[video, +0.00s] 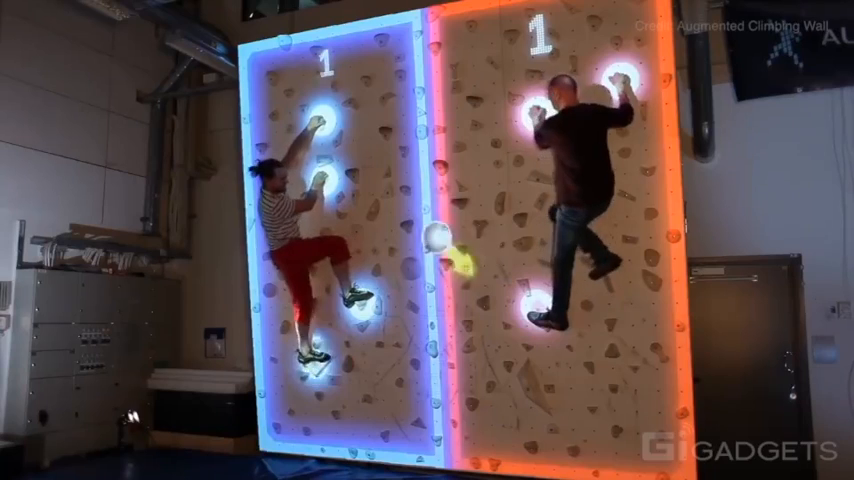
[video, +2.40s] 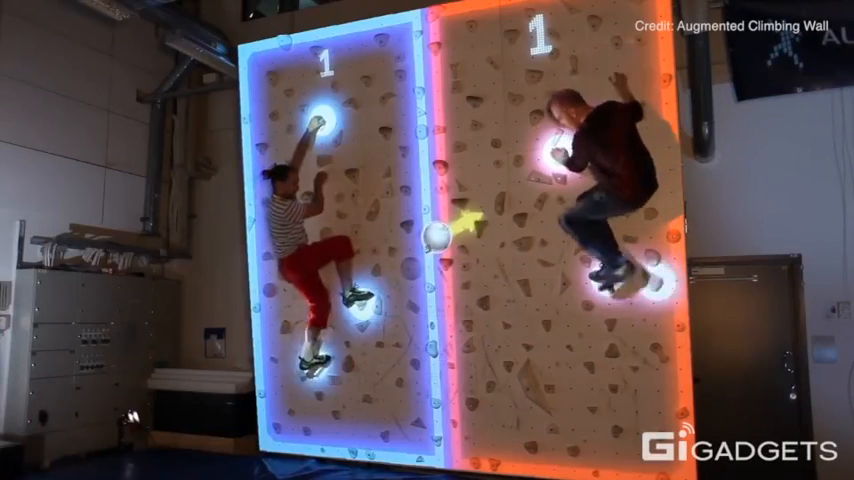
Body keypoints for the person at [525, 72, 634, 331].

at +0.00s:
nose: (552, 100)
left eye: (552, 96)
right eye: (552, 96)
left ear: (557, 95)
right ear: (575, 91)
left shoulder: (556, 124)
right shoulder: (596, 113)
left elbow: (540, 142)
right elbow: (625, 117)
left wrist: (538, 123)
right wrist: (625, 97)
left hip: (574, 203)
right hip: (603, 197)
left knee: (562, 260)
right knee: (561, 215)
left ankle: (558, 315)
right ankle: (604, 257)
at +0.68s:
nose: (556, 97)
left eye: (556, 93)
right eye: (555, 94)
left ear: (565, 85)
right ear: (578, 81)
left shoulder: (567, 114)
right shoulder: (603, 99)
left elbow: (548, 137)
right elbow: (629, 117)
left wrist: (539, 122)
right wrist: (625, 92)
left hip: (596, 188)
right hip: (621, 180)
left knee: (582, 252)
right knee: (576, 207)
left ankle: (585, 317)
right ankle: (611, 261)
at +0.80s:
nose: (555, 94)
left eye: (554, 90)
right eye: (554, 90)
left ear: (561, 83)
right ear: (577, 77)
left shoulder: (565, 109)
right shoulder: (603, 94)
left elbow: (548, 137)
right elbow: (629, 116)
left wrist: (539, 123)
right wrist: (623, 92)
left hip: (598, 182)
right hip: (622, 173)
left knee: (586, 245)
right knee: (578, 205)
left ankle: (622, 304)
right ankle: (612, 260)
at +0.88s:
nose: (557, 91)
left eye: (556, 86)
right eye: (555, 86)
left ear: (563, 81)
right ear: (578, 74)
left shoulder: (567, 107)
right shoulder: (603, 91)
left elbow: (547, 135)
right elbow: (629, 116)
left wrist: (539, 121)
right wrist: (624, 93)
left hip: (600, 181)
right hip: (624, 173)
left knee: (591, 242)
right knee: (579, 203)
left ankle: (645, 285)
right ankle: (609, 264)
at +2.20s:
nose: (557, 120)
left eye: (556, 114)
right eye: (554, 116)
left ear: (567, 107)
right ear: (577, 98)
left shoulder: (578, 133)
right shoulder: (607, 104)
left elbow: (574, 166)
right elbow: (636, 114)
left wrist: (561, 155)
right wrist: (629, 94)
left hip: (623, 192)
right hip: (641, 175)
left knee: (596, 243)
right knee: (584, 202)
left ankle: (659, 278)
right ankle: (613, 262)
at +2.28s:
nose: (559, 123)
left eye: (557, 117)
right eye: (556, 119)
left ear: (565, 111)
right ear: (577, 99)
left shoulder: (580, 135)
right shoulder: (608, 107)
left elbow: (574, 166)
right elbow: (636, 114)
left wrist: (562, 158)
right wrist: (628, 93)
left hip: (626, 192)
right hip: (644, 175)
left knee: (589, 238)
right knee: (584, 203)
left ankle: (647, 274)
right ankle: (613, 263)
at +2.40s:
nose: (562, 124)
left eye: (560, 118)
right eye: (559, 120)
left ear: (571, 111)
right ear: (581, 103)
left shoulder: (583, 137)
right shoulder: (612, 109)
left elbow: (577, 166)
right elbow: (638, 112)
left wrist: (564, 159)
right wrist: (624, 90)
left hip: (628, 195)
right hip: (648, 180)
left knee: (569, 219)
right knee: (584, 202)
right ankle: (613, 259)